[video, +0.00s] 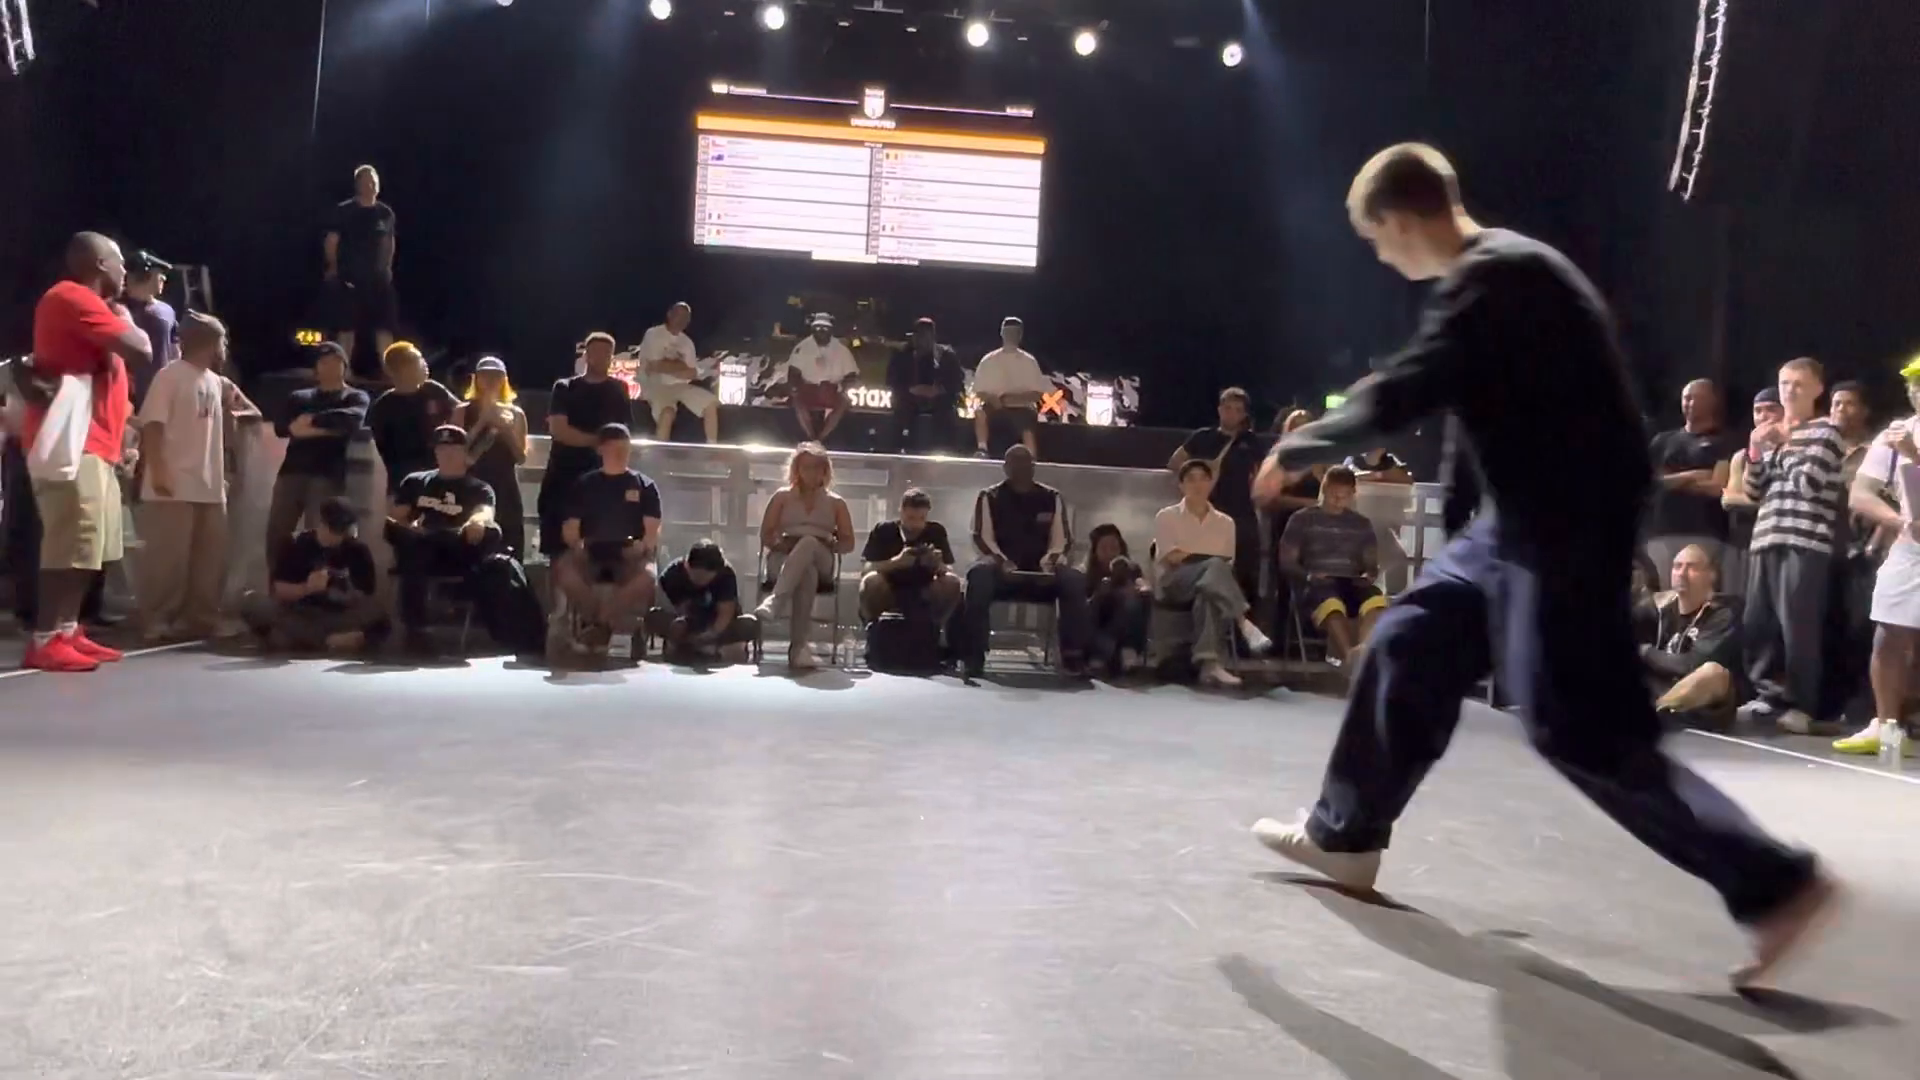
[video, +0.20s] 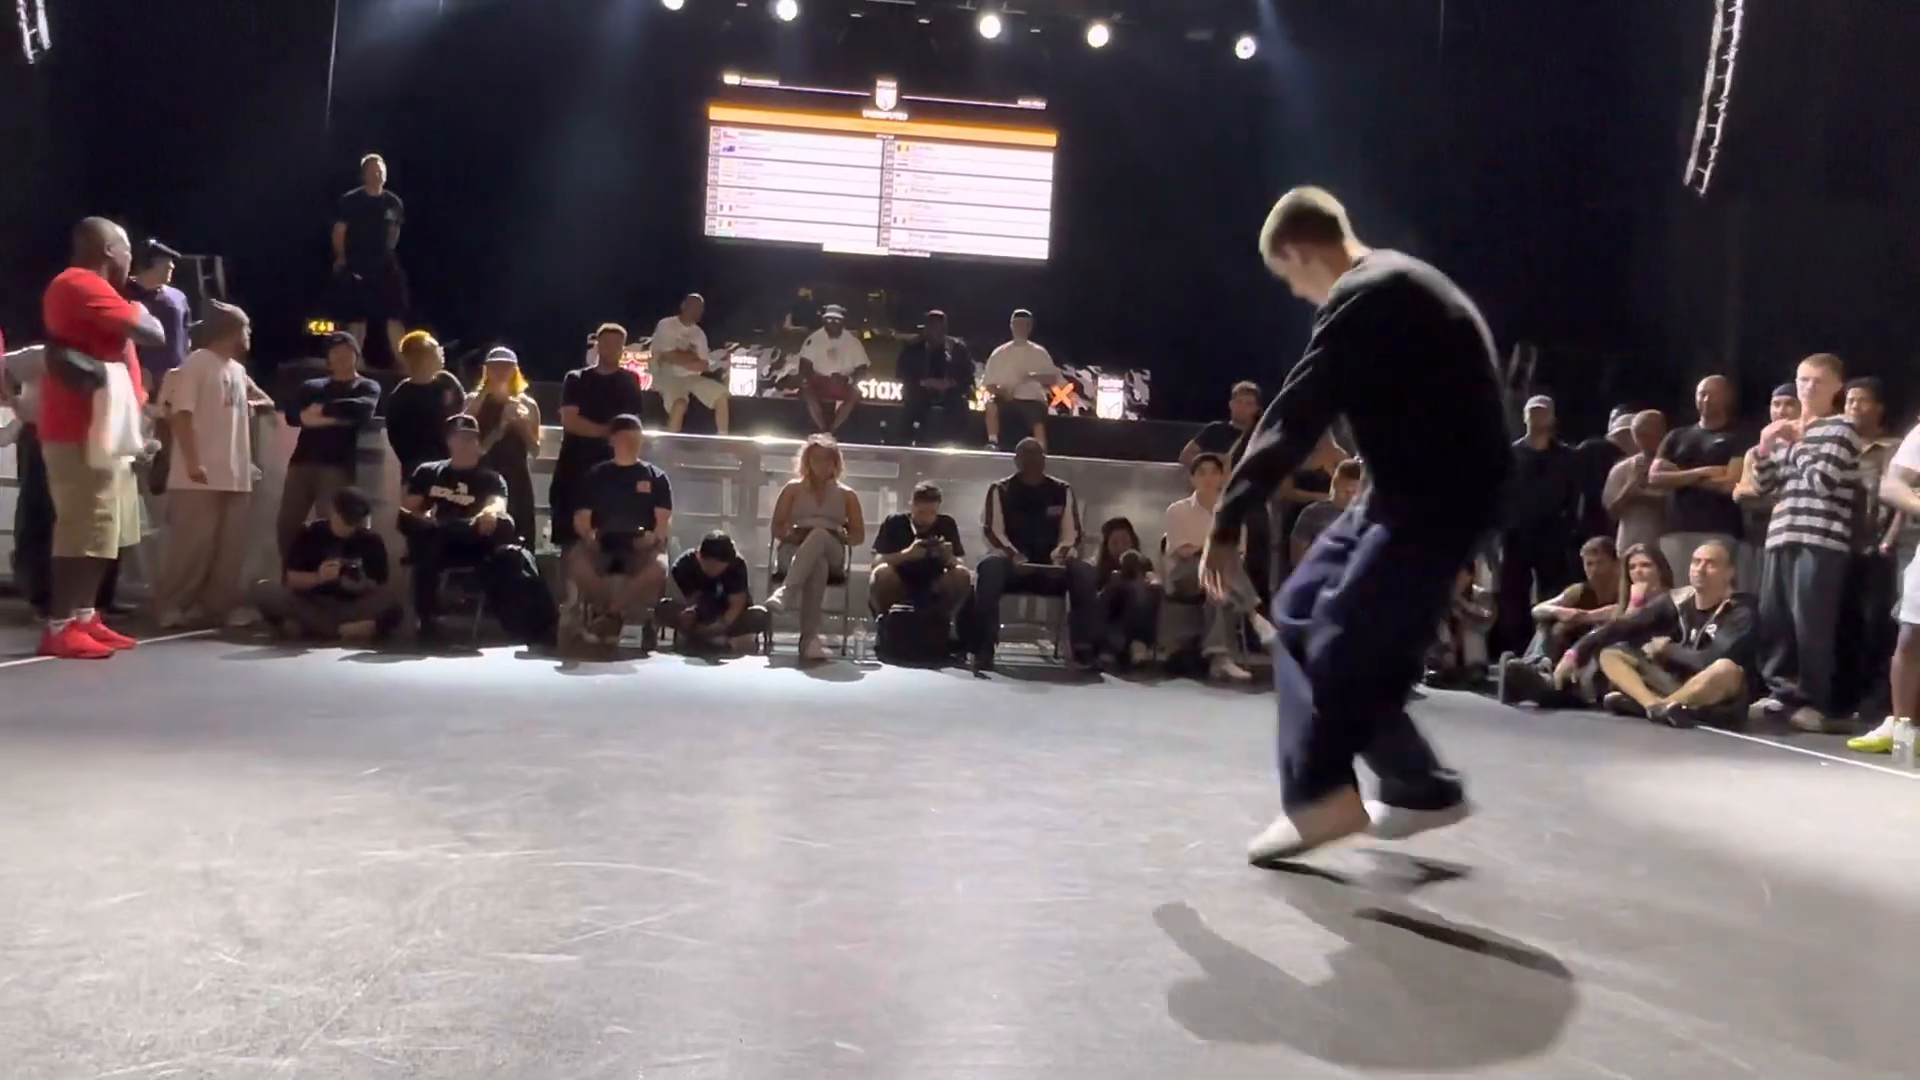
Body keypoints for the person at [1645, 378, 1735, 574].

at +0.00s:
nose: (1688, 404)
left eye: (1694, 398)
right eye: (1685, 398)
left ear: (1712, 402)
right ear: (1681, 402)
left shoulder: (1725, 441)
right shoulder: (1662, 441)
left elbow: (1719, 485)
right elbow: (1653, 480)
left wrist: (1676, 483)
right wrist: (1699, 475)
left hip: (1706, 533)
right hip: (1662, 532)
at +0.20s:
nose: (1706, 400)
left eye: (1712, 395)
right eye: (1702, 394)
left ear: (1727, 398)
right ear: (1696, 398)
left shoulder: (1738, 438)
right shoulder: (1676, 436)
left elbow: (1731, 483)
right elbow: (1655, 476)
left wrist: (1680, 476)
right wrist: (1705, 472)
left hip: (1719, 529)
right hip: (1677, 529)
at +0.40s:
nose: (1716, 396)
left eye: (1723, 391)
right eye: (1713, 391)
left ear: (1739, 395)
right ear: (1708, 395)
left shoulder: (1751, 436)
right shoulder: (1689, 433)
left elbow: (1745, 480)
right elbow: (1666, 474)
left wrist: (1694, 474)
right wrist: (1716, 469)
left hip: (1731, 528)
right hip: (1688, 527)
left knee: (1726, 599)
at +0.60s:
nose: (1729, 394)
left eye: (1737, 389)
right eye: (1726, 388)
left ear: (1753, 393)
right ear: (1720, 392)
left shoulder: (1766, 434)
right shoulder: (1700, 431)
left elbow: (1755, 482)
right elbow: (1677, 473)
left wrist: (1702, 470)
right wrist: (1729, 468)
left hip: (1744, 528)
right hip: (1701, 525)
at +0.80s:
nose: (1737, 393)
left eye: (1744, 388)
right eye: (1734, 388)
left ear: (1761, 392)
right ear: (1728, 392)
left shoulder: (1773, 433)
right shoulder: (1708, 430)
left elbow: (1762, 478)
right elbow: (1685, 472)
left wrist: (1710, 470)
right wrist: (1737, 467)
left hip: (1751, 528)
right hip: (1709, 525)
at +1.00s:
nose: (1741, 393)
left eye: (1748, 388)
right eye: (1737, 388)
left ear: (1764, 393)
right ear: (1732, 392)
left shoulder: (1778, 434)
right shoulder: (1712, 430)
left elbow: (1764, 481)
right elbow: (1689, 472)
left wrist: (1713, 470)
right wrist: (1742, 467)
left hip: (1755, 529)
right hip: (1713, 525)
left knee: (1749, 601)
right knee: (1710, 598)